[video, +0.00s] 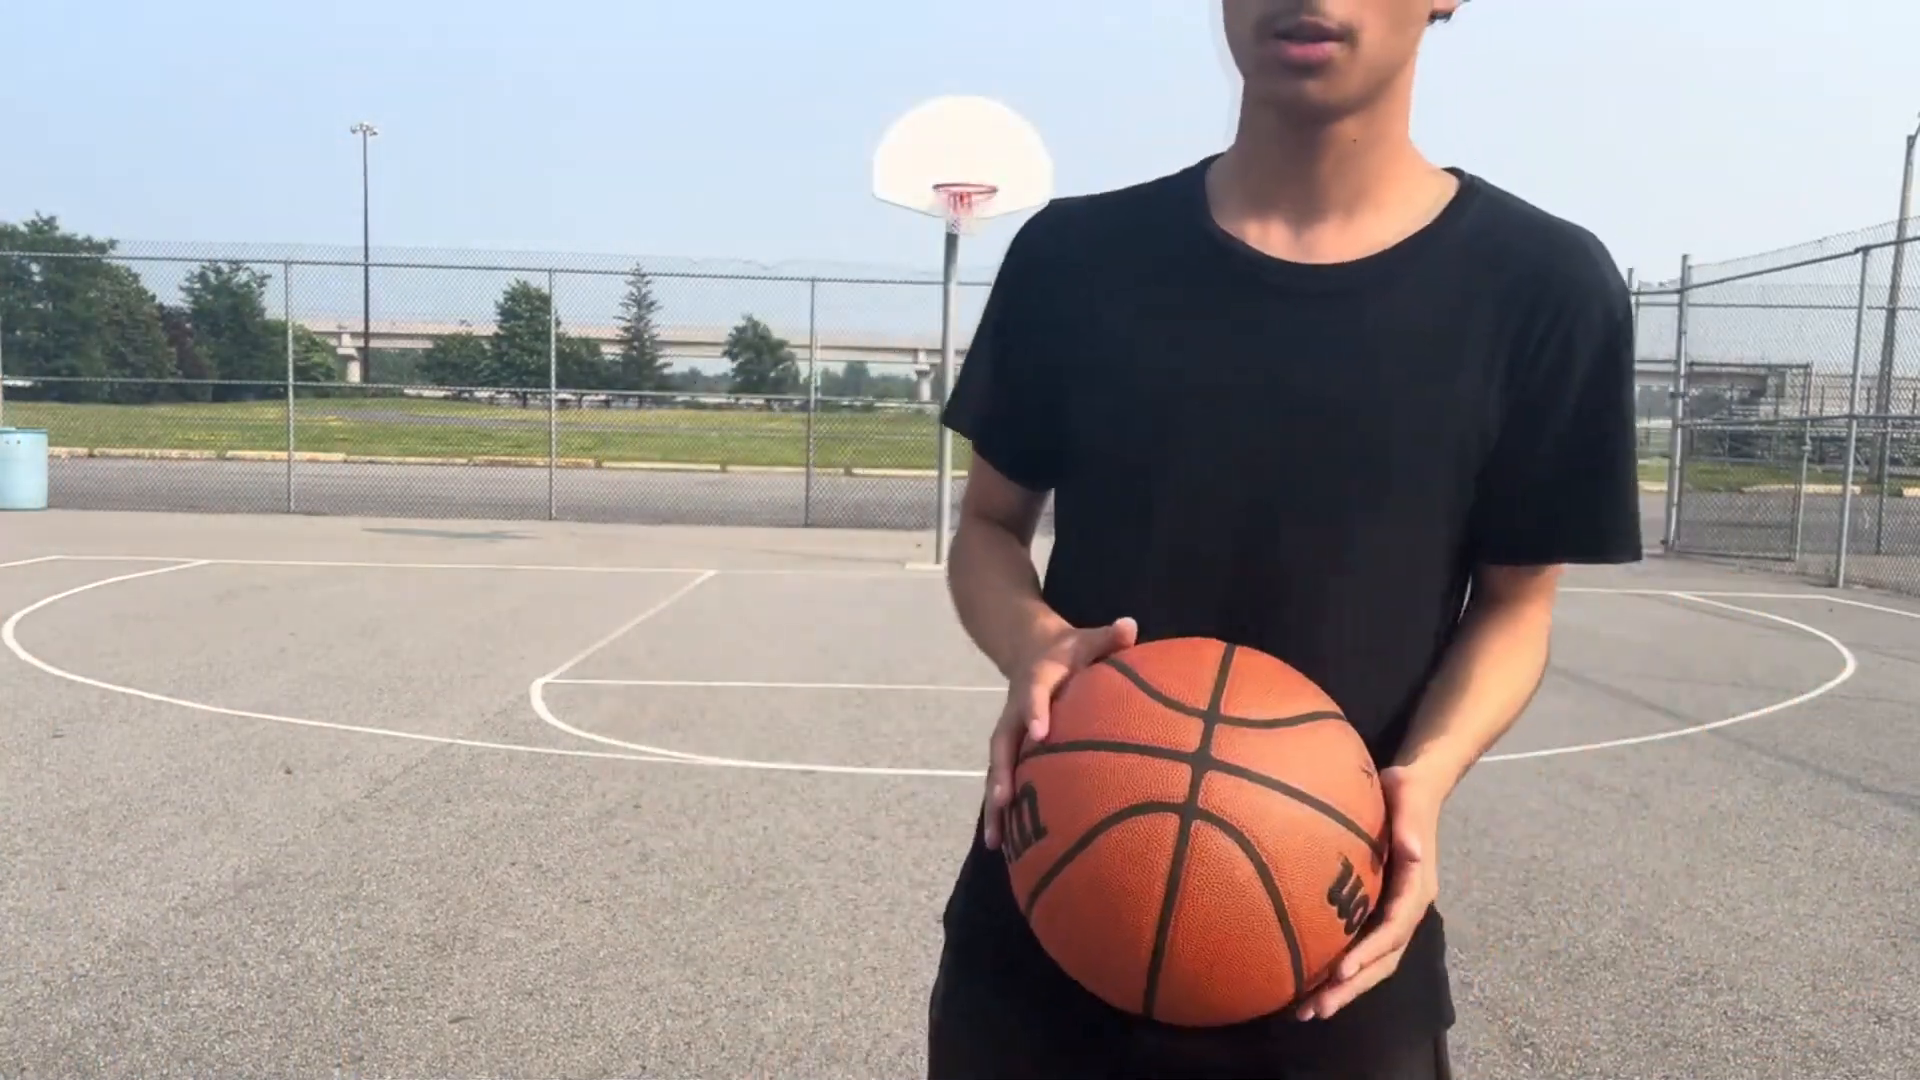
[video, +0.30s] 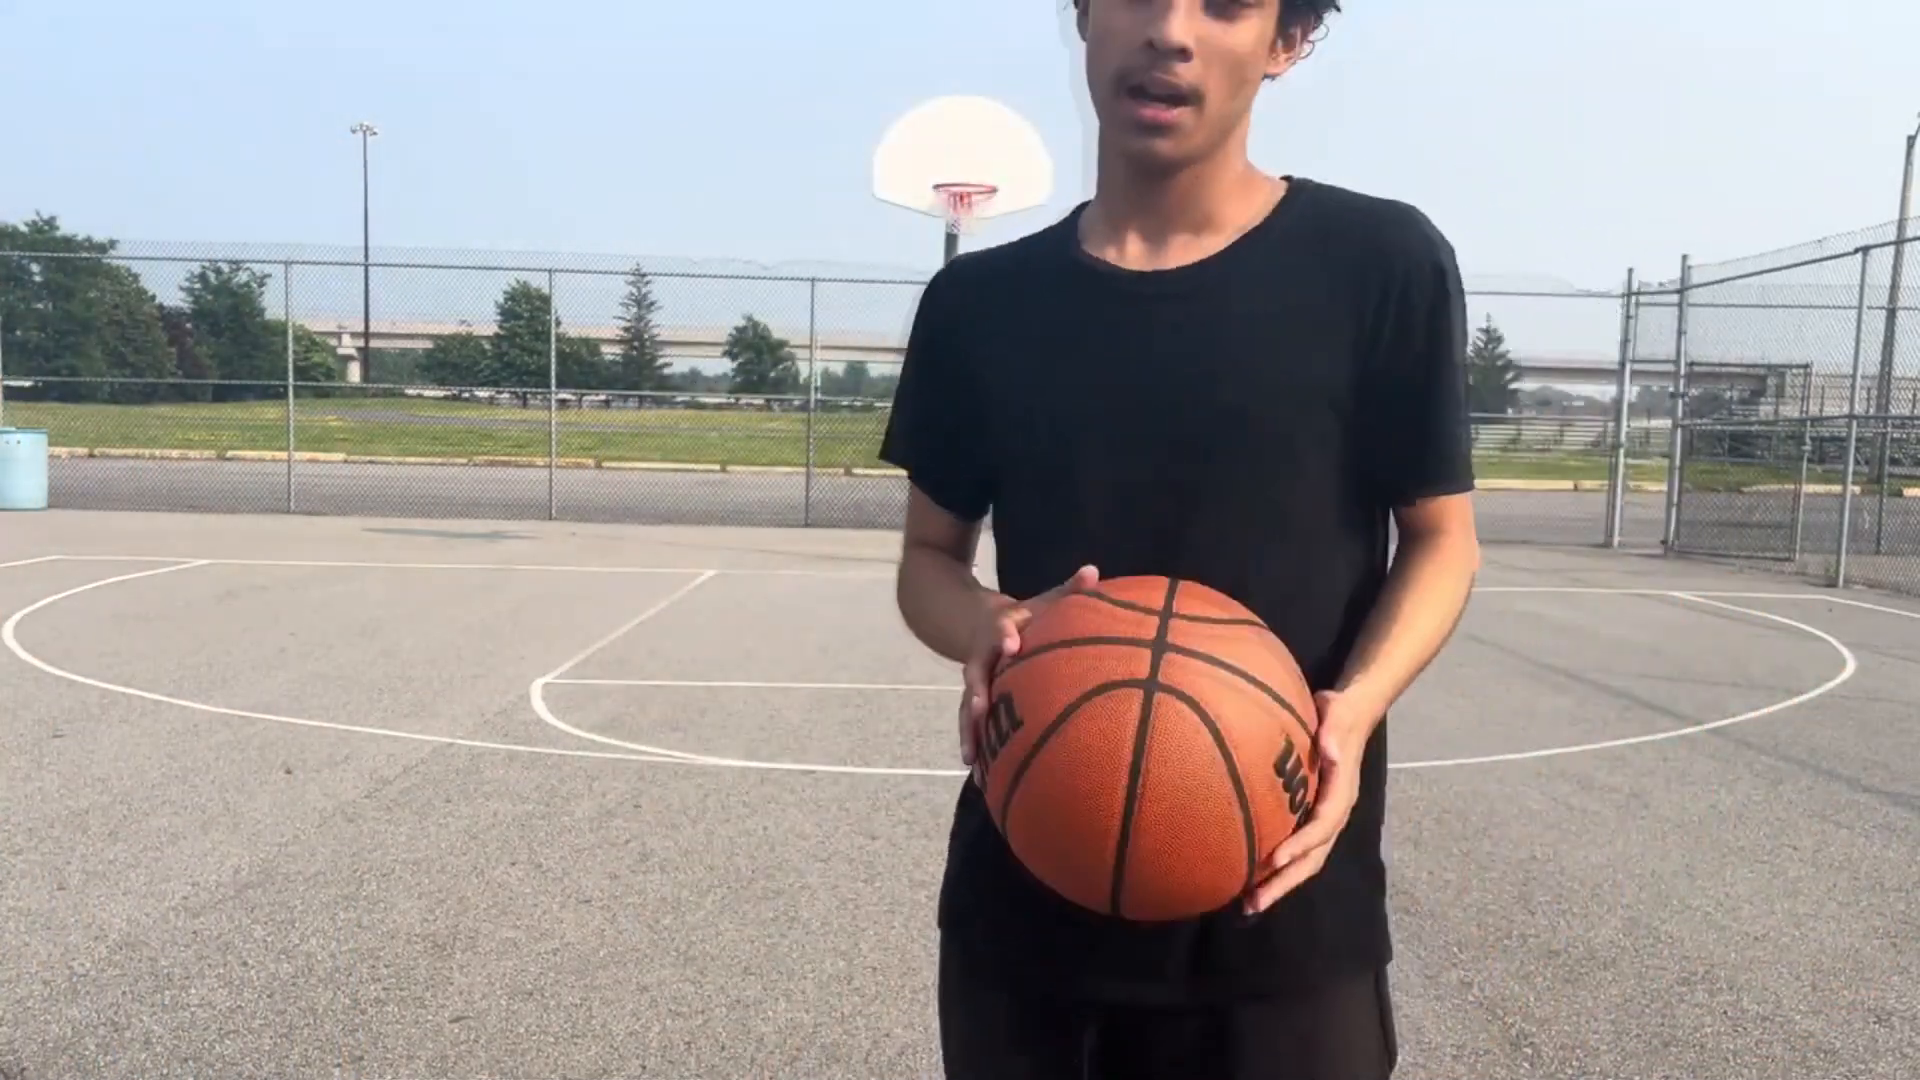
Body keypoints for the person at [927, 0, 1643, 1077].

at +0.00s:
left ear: (1436, 1)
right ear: (1222, 1)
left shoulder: (1547, 287)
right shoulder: (1071, 255)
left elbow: (1515, 601)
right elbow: (988, 528)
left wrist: (1422, 771)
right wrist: (1033, 643)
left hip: (1346, 929)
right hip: (1054, 906)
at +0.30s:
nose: (1170, 33)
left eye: (1221, 4)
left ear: (1285, 42)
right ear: (1083, 20)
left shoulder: (1387, 266)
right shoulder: (979, 302)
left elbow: (1442, 541)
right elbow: (929, 563)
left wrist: (1355, 702)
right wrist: (988, 628)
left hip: (1289, 908)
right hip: (1030, 903)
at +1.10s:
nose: (1200, 41)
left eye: (1240, 2)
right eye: (1155, 10)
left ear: (1314, 22)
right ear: (1114, 45)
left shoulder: (1450, 272)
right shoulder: (1040, 313)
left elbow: (1496, 565)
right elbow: (1013, 589)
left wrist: (1510, 735)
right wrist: (1044, 646)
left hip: (1373, 914)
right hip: (1103, 922)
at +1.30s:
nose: (1342, 25)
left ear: (1470, 11)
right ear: (1260, 22)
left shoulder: (1581, 301)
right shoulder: (1134, 282)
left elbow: (1616, 613)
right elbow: (1035, 565)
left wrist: (1612, 776)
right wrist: (1107, 685)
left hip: (1453, 970)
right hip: (1157, 961)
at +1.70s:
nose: (1500, 5)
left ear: (1626, 12)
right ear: (1405, 15)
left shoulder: (1735, 309)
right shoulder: (1247, 245)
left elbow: (1714, 639)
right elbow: (1094, 547)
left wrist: (1764, 846)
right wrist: (1276, 703)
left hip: (1494, 1008)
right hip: (1185, 969)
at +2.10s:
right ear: (1255, 5)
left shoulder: (1613, 257)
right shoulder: (1117, 265)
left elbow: (1567, 625)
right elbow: (990, 622)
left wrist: (1670, 896)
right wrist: (1259, 756)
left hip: (1470, 1025)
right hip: (1152, 1014)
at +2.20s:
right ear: (1180, 0)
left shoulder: (1556, 240)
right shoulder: (1054, 265)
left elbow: (1522, 611)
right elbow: (943, 636)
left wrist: (1627, 889)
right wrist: (1212, 763)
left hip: (1442, 1020)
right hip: (1124, 1017)